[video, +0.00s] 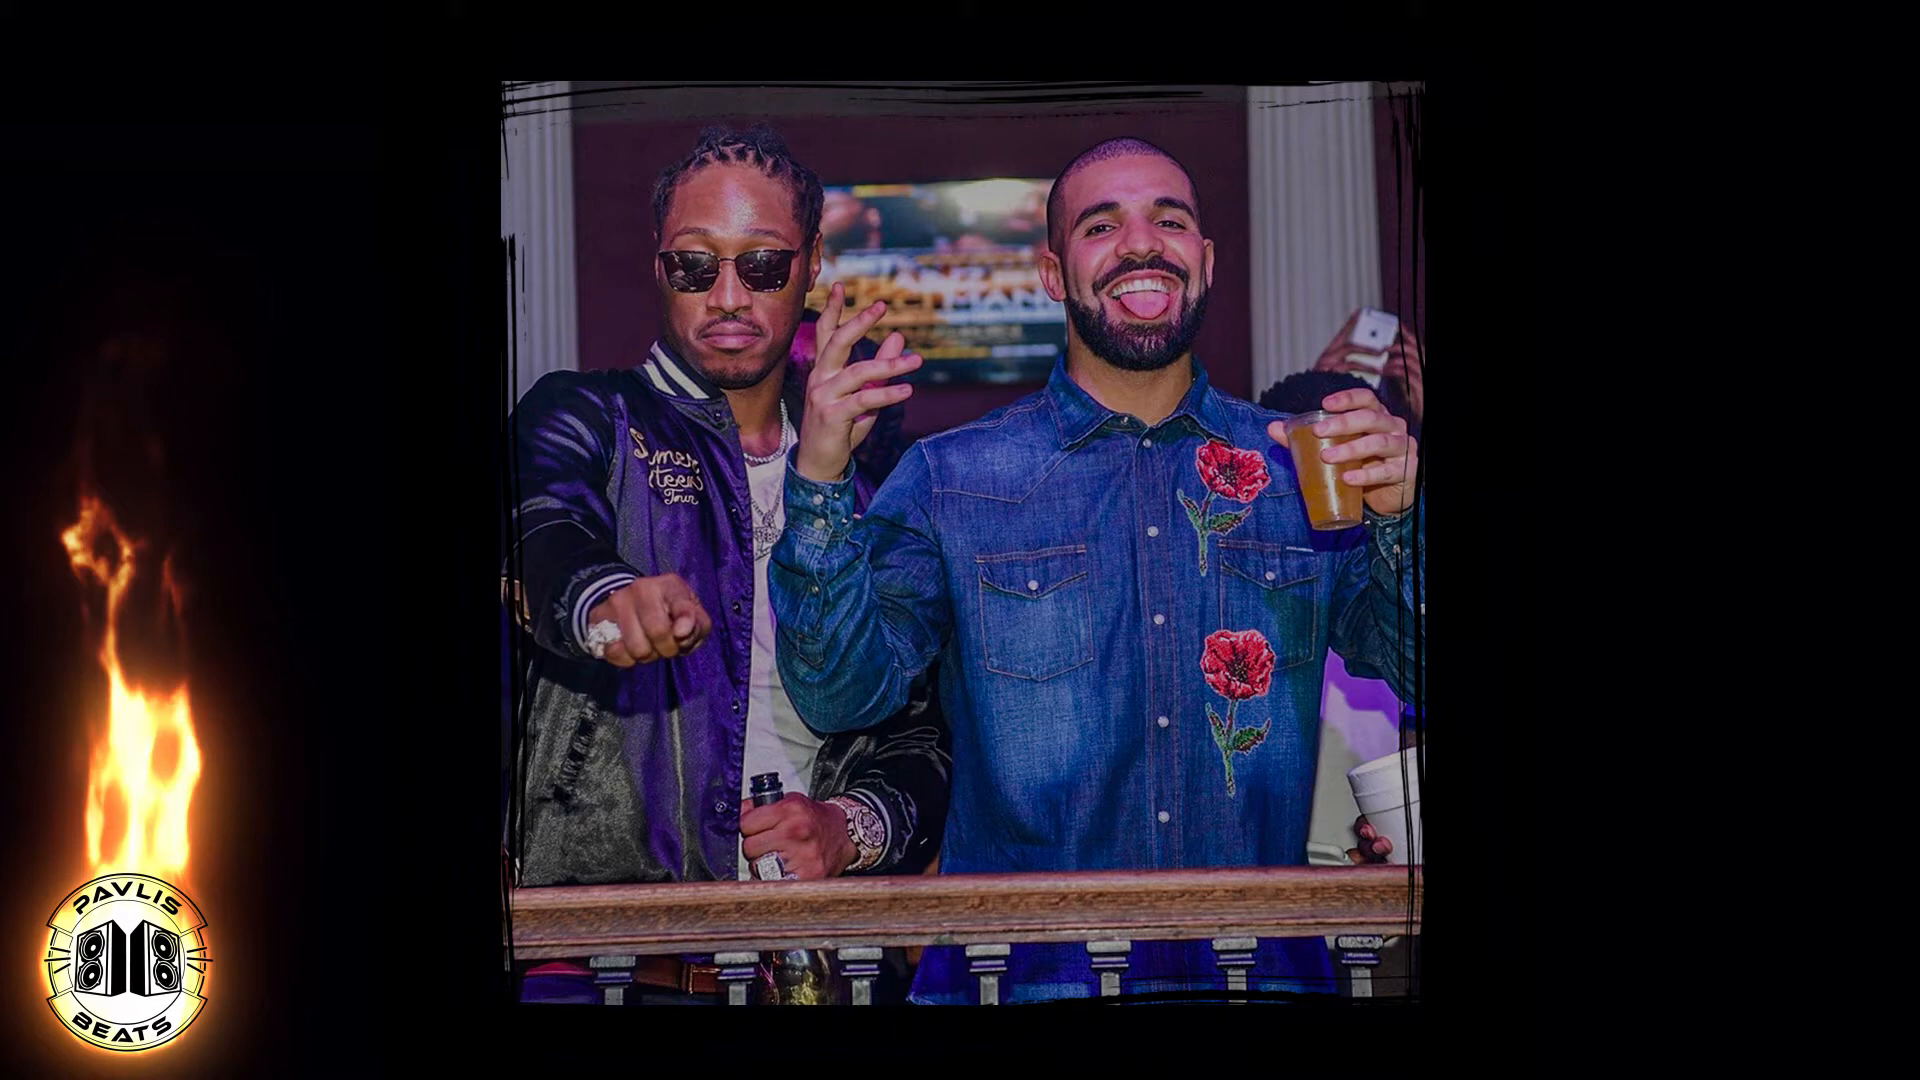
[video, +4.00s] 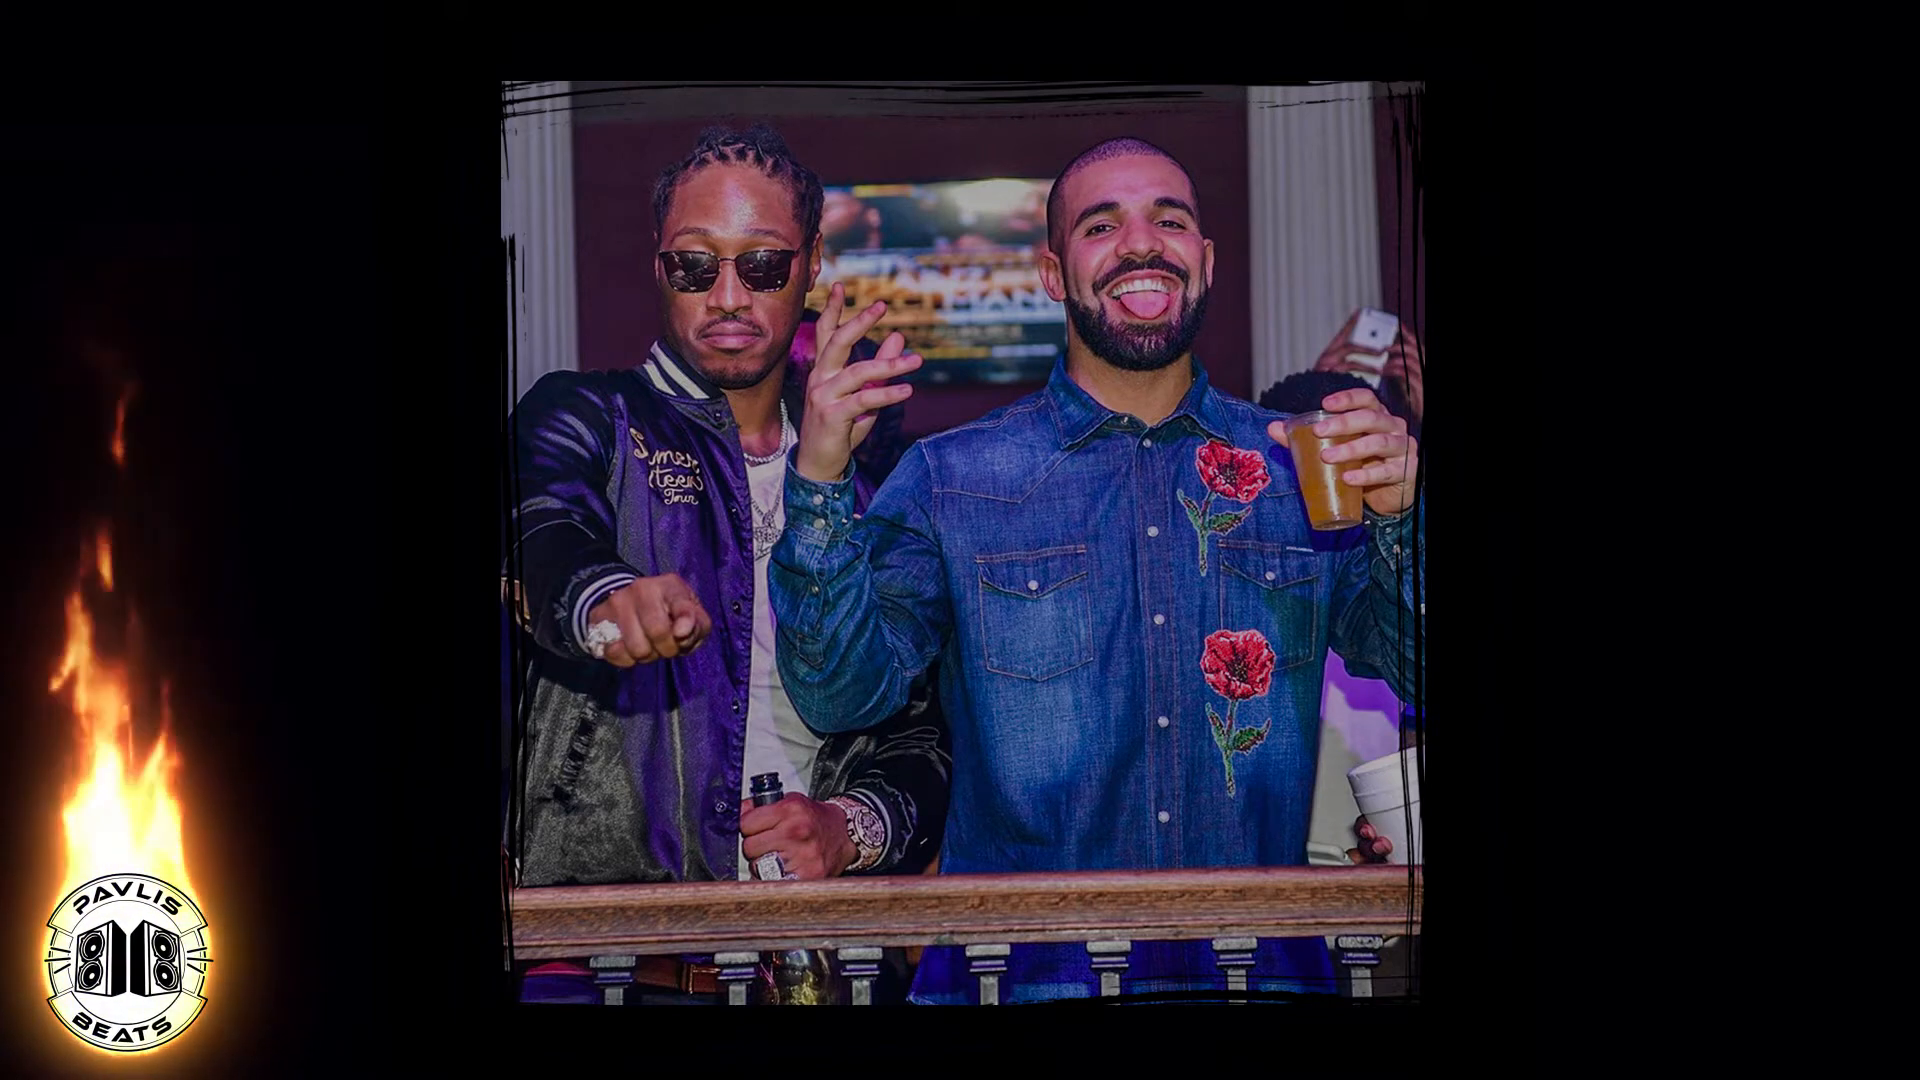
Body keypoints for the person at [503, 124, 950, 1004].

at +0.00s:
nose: (729, 296)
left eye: (763, 266)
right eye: (694, 266)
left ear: (811, 274)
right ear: (658, 274)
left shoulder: (876, 458)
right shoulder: (581, 411)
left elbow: (925, 724)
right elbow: (541, 526)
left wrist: (858, 826)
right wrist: (603, 596)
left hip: (827, 944)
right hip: (606, 944)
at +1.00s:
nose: (729, 296)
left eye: (764, 266)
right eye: (694, 266)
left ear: (811, 274)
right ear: (658, 273)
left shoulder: (879, 459)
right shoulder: (580, 411)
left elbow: (926, 724)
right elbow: (540, 526)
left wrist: (857, 825)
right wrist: (603, 596)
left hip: (827, 942)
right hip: (605, 942)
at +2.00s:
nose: (729, 296)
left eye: (763, 266)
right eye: (694, 266)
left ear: (811, 274)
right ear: (658, 274)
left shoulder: (876, 458)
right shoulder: (581, 411)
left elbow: (925, 724)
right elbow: (541, 526)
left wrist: (858, 825)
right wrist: (603, 596)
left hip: (827, 943)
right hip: (606, 943)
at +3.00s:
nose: (729, 295)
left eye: (764, 266)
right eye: (694, 266)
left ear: (811, 274)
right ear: (658, 273)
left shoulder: (878, 459)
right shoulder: (581, 412)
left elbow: (926, 726)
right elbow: (540, 526)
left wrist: (856, 825)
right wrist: (603, 596)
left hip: (827, 942)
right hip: (606, 942)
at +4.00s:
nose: (729, 295)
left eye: (764, 266)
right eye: (694, 266)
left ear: (811, 274)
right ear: (658, 273)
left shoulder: (878, 459)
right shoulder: (581, 411)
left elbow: (926, 726)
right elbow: (541, 526)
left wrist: (856, 825)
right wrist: (603, 596)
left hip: (826, 942)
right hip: (606, 942)